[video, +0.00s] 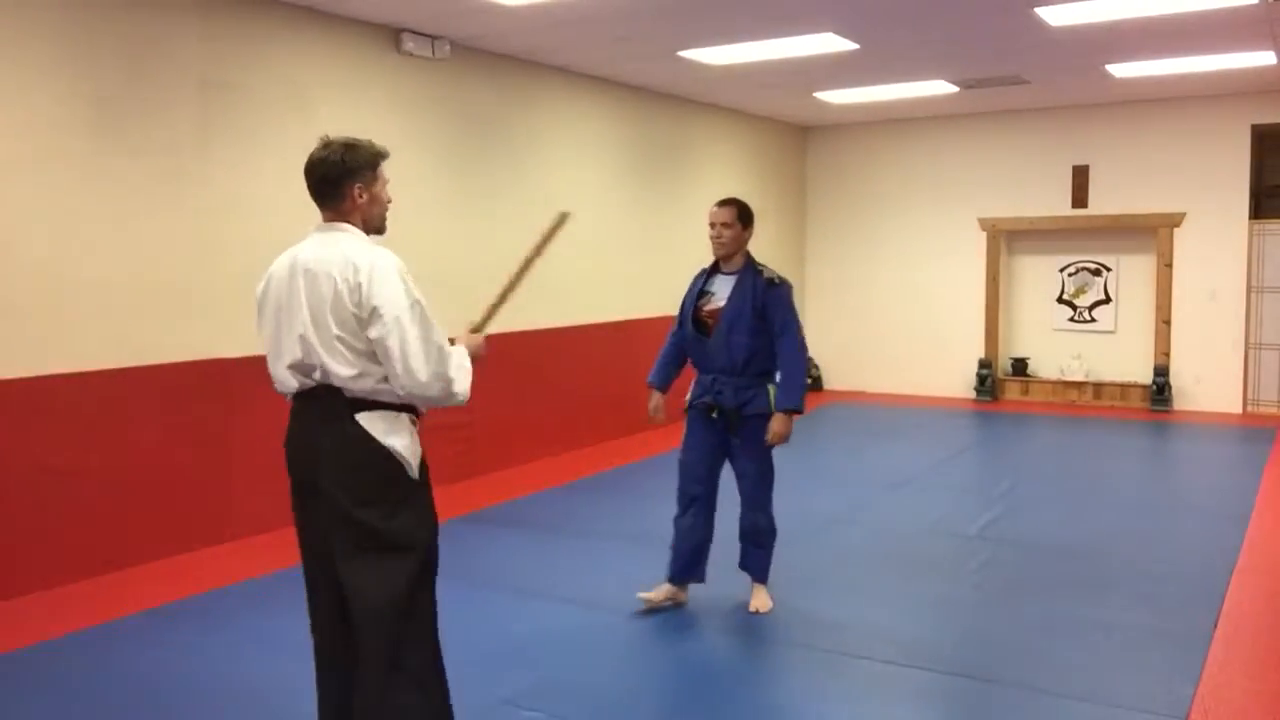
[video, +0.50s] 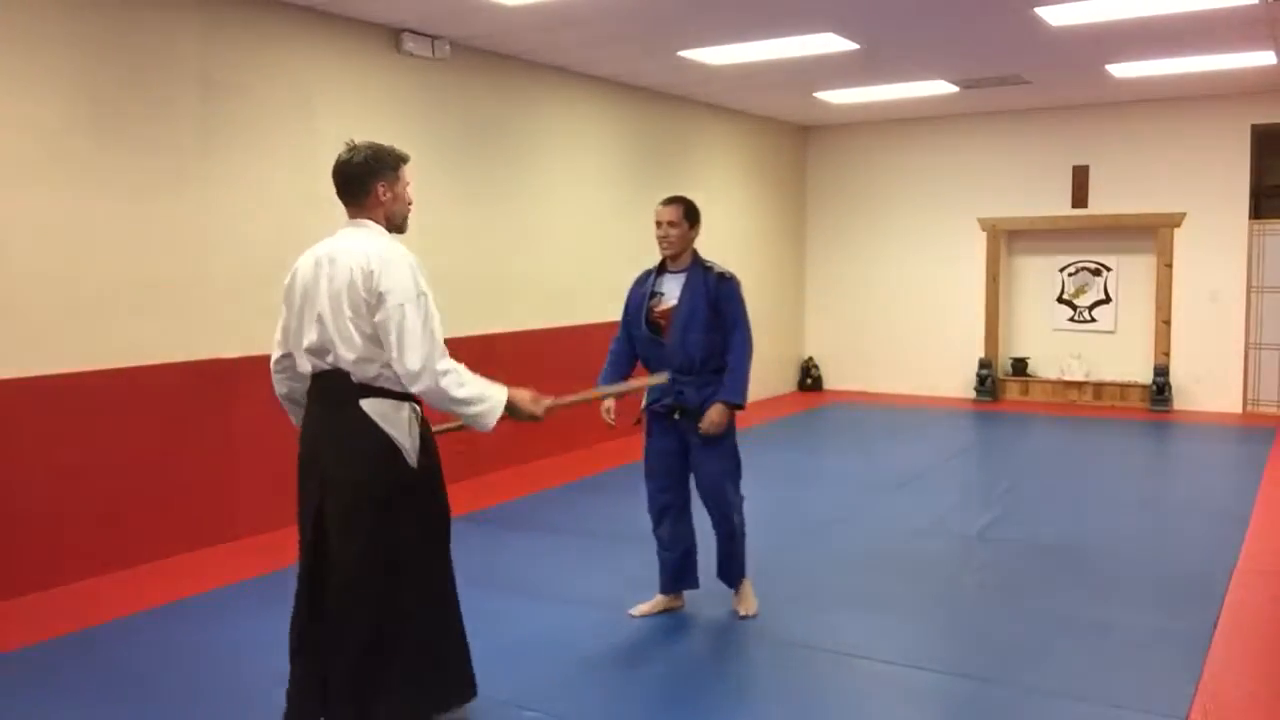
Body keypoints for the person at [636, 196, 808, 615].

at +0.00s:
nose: (716, 233)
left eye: (725, 227)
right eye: (712, 226)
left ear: (746, 231)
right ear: (708, 231)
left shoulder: (770, 287)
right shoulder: (702, 282)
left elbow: (792, 350)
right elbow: (681, 334)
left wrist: (786, 409)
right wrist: (658, 384)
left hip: (751, 408)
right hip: (705, 405)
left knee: (756, 499)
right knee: (692, 494)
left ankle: (759, 583)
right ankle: (677, 583)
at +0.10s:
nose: (705, 236)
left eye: (714, 228)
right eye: (700, 228)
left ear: (735, 233)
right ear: (696, 233)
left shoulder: (760, 288)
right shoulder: (690, 285)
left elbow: (777, 352)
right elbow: (674, 344)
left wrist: (774, 411)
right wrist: (655, 393)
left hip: (743, 410)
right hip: (696, 407)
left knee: (751, 501)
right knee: (687, 499)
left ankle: (758, 583)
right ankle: (674, 589)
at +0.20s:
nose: (691, 235)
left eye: (700, 228)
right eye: (687, 228)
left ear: (721, 233)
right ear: (683, 232)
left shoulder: (747, 288)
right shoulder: (676, 286)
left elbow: (765, 351)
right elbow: (662, 348)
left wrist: (761, 410)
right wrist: (649, 399)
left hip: (731, 413)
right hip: (683, 413)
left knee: (744, 504)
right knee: (677, 502)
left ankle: (757, 584)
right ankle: (672, 590)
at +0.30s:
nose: (679, 235)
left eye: (688, 227)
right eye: (675, 227)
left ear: (708, 233)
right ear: (670, 232)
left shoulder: (735, 286)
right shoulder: (663, 287)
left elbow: (754, 348)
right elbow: (648, 346)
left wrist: (747, 407)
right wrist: (637, 396)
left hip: (720, 412)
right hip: (672, 412)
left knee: (737, 503)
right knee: (667, 502)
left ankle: (754, 582)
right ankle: (672, 591)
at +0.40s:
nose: (669, 233)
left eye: (678, 226)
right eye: (665, 226)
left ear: (698, 231)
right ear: (659, 231)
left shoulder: (725, 285)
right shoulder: (651, 285)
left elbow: (745, 346)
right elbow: (634, 345)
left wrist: (734, 404)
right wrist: (620, 390)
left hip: (712, 412)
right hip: (665, 414)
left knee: (730, 501)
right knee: (665, 503)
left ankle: (748, 578)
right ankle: (672, 591)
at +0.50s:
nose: (663, 233)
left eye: (672, 226)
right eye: (658, 225)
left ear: (693, 230)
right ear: (654, 230)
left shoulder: (719, 284)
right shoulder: (644, 284)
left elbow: (740, 347)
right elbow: (624, 343)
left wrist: (726, 402)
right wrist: (609, 389)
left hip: (708, 412)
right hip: (661, 413)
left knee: (723, 502)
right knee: (664, 504)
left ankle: (739, 582)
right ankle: (671, 592)